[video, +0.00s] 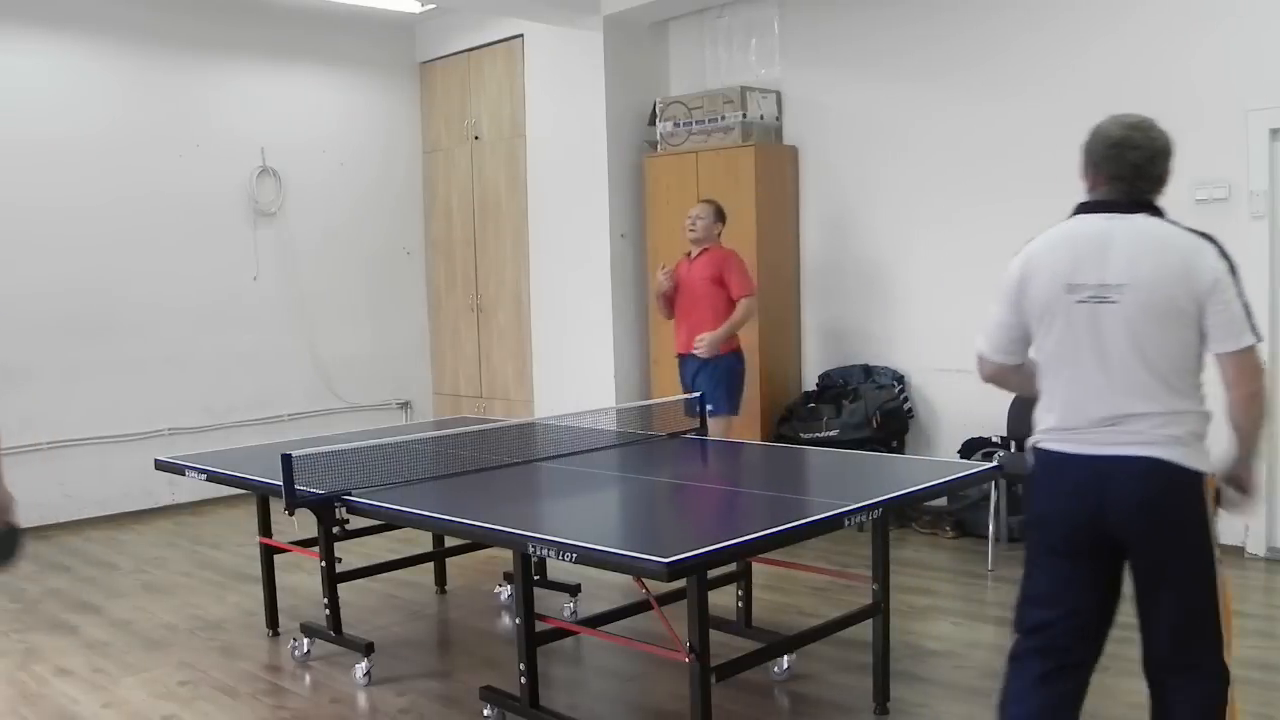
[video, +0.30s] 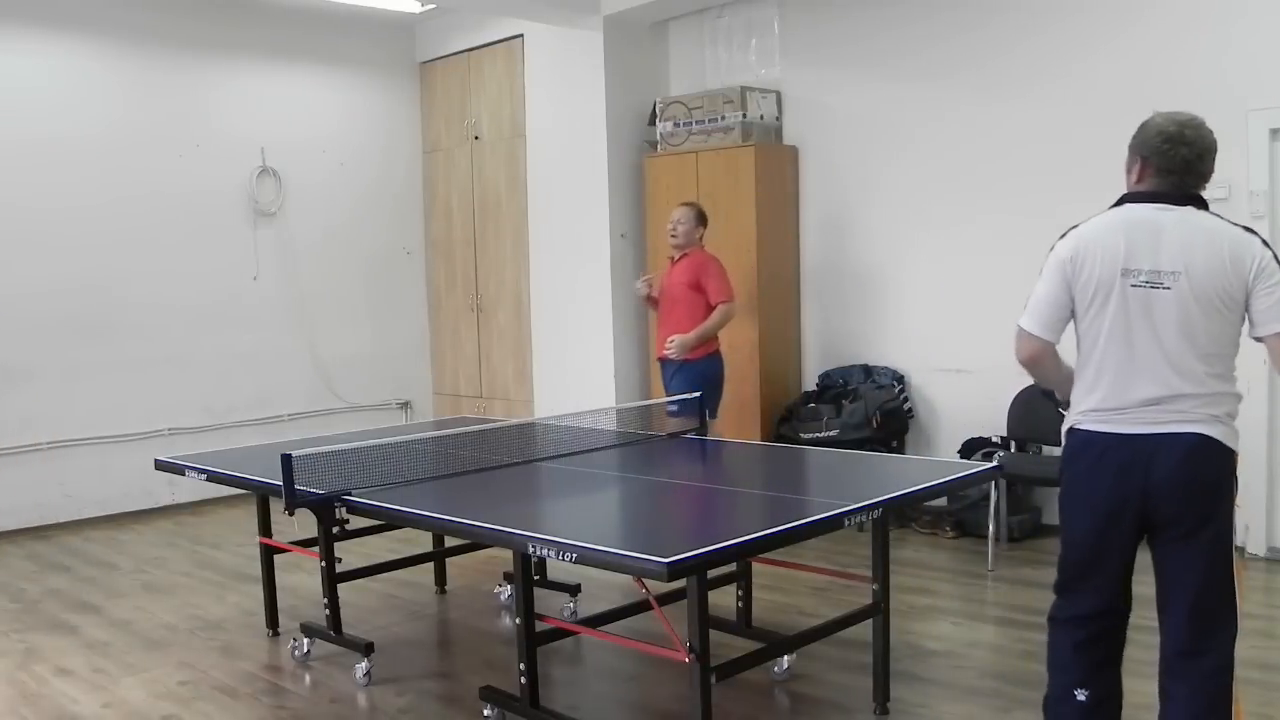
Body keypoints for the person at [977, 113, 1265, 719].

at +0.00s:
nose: (1083, 175)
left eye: (1086, 167)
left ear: (1087, 173)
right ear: (1161, 178)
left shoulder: (1040, 253)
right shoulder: (1198, 255)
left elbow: (996, 365)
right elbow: (1245, 380)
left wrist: (1064, 384)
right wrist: (1242, 461)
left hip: (1063, 481)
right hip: (1163, 486)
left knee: (1046, 653)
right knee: (1186, 665)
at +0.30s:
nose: (1124, 173)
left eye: (1126, 165)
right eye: (1129, 165)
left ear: (1136, 169)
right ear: (1206, 178)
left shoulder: (1083, 241)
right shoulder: (1245, 248)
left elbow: (1032, 348)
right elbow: (1276, 348)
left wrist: (1077, 393)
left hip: (1098, 457)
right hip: (1199, 459)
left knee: (1085, 619)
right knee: (1198, 629)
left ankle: (1076, 714)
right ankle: (1195, 719)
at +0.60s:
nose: (1098, 185)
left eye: (1100, 177)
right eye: (1100, 177)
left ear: (1109, 183)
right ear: (1172, 187)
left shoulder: (1068, 257)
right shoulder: (1215, 252)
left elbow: (1031, 369)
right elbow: (1250, 359)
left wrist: (1042, 442)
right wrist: (1264, 448)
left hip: (1100, 455)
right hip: (1193, 452)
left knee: (1097, 600)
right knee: (1195, 611)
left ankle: (1089, 710)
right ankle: (1197, 715)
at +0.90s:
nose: (1051, 195)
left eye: (1053, 186)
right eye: (1053, 186)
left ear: (1065, 189)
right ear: (1122, 189)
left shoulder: (1037, 261)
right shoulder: (1173, 242)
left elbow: (1007, 367)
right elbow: (1216, 333)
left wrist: (1005, 456)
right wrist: (1178, 387)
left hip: (1078, 440)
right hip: (1164, 437)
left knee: (1085, 586)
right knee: (1176, 582)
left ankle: (1092, 710)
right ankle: (1187, 711)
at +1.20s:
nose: (1044, 196)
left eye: (1047, 187)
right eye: (1047, 186)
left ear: (1060, 190)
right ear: (1111, 190)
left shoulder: (1040, 257)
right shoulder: (1158, 243)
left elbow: (1011, 366)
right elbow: (1152, 323)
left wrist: (1023, 418)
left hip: (1078, 426)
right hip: (1155, 424)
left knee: (1082, 572)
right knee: (1156, 559)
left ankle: (1094, 706)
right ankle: (1145, 687)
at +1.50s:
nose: (1060, 202)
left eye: (1064, 192)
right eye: (1063, 191)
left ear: (1079, 193)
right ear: (1123, 196)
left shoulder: (1063, 255)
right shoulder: (1161, 247)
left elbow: (1026, 359)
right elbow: (1139, 327)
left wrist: (1027, 407)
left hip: (1080, 425)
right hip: (1150, 423)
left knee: (1075, 566)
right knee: (1137, 554)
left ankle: (1094, 706)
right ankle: (1123, 682)